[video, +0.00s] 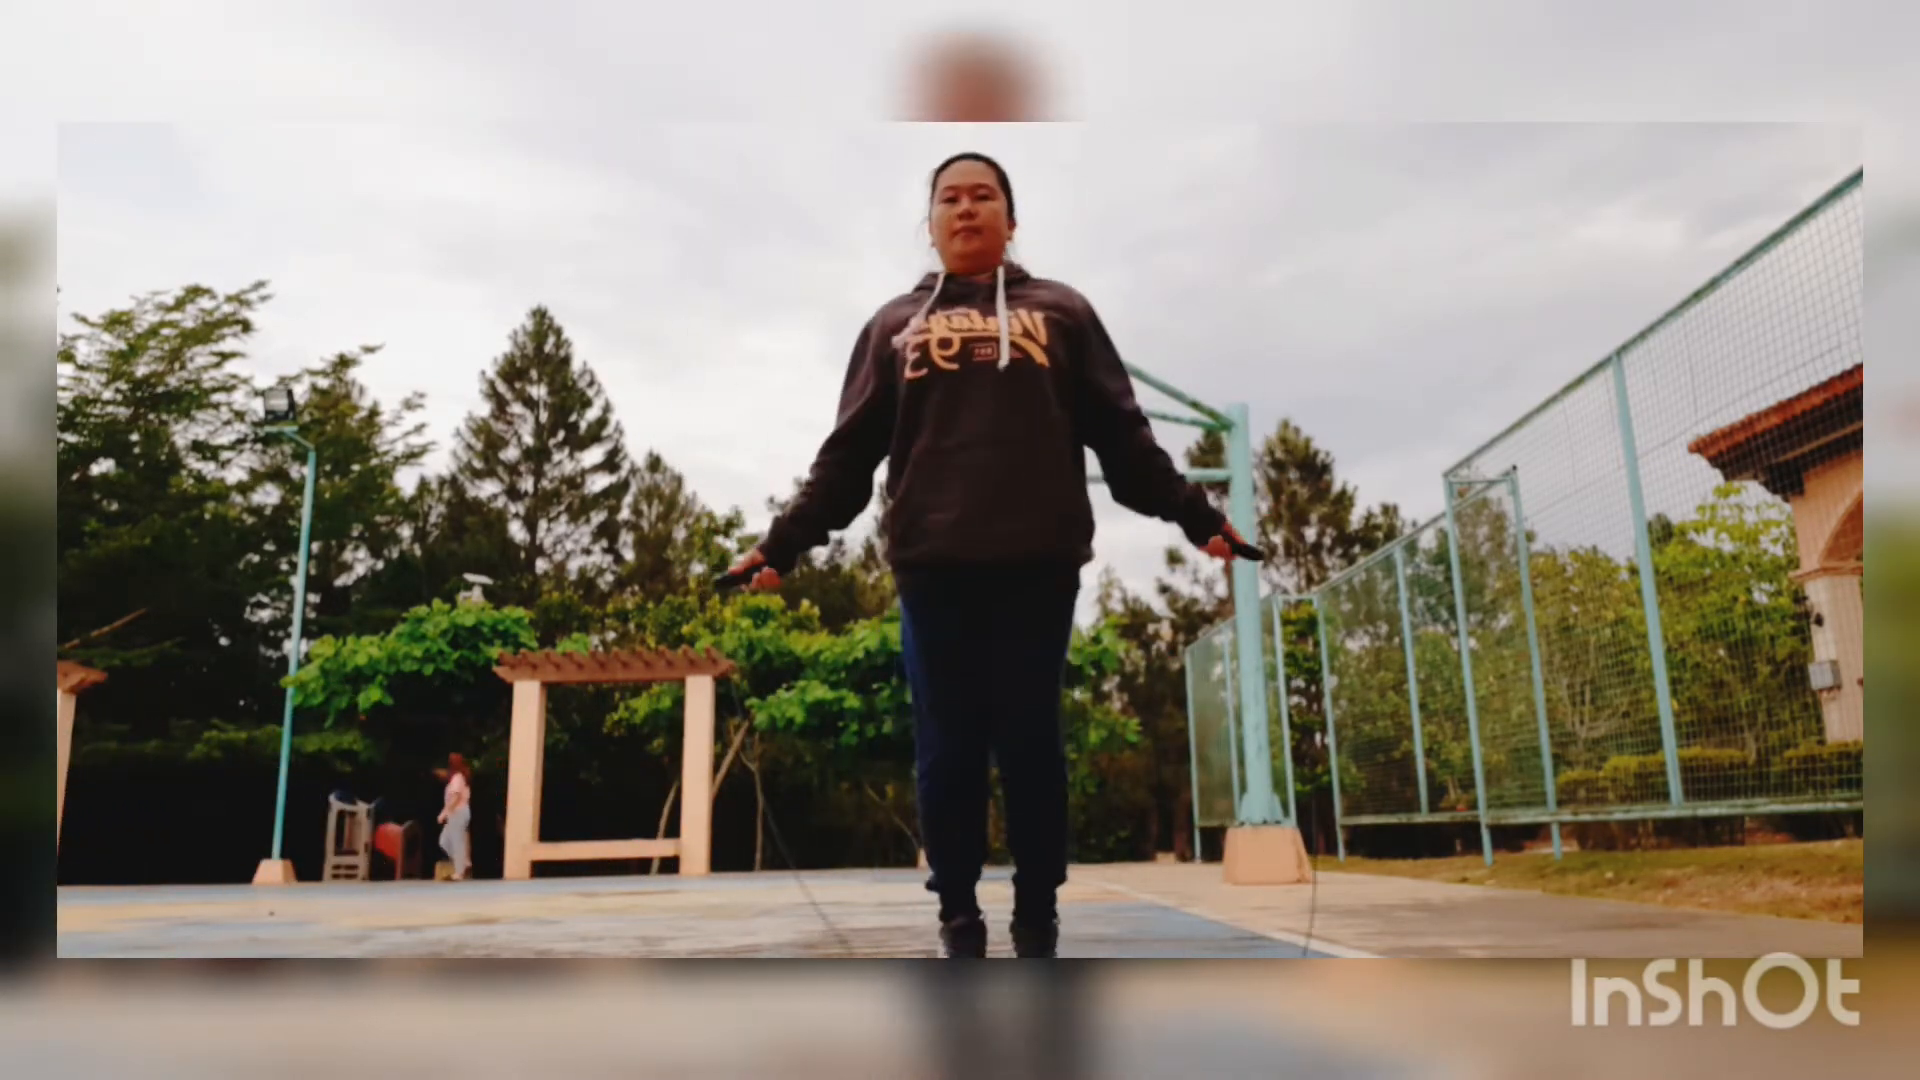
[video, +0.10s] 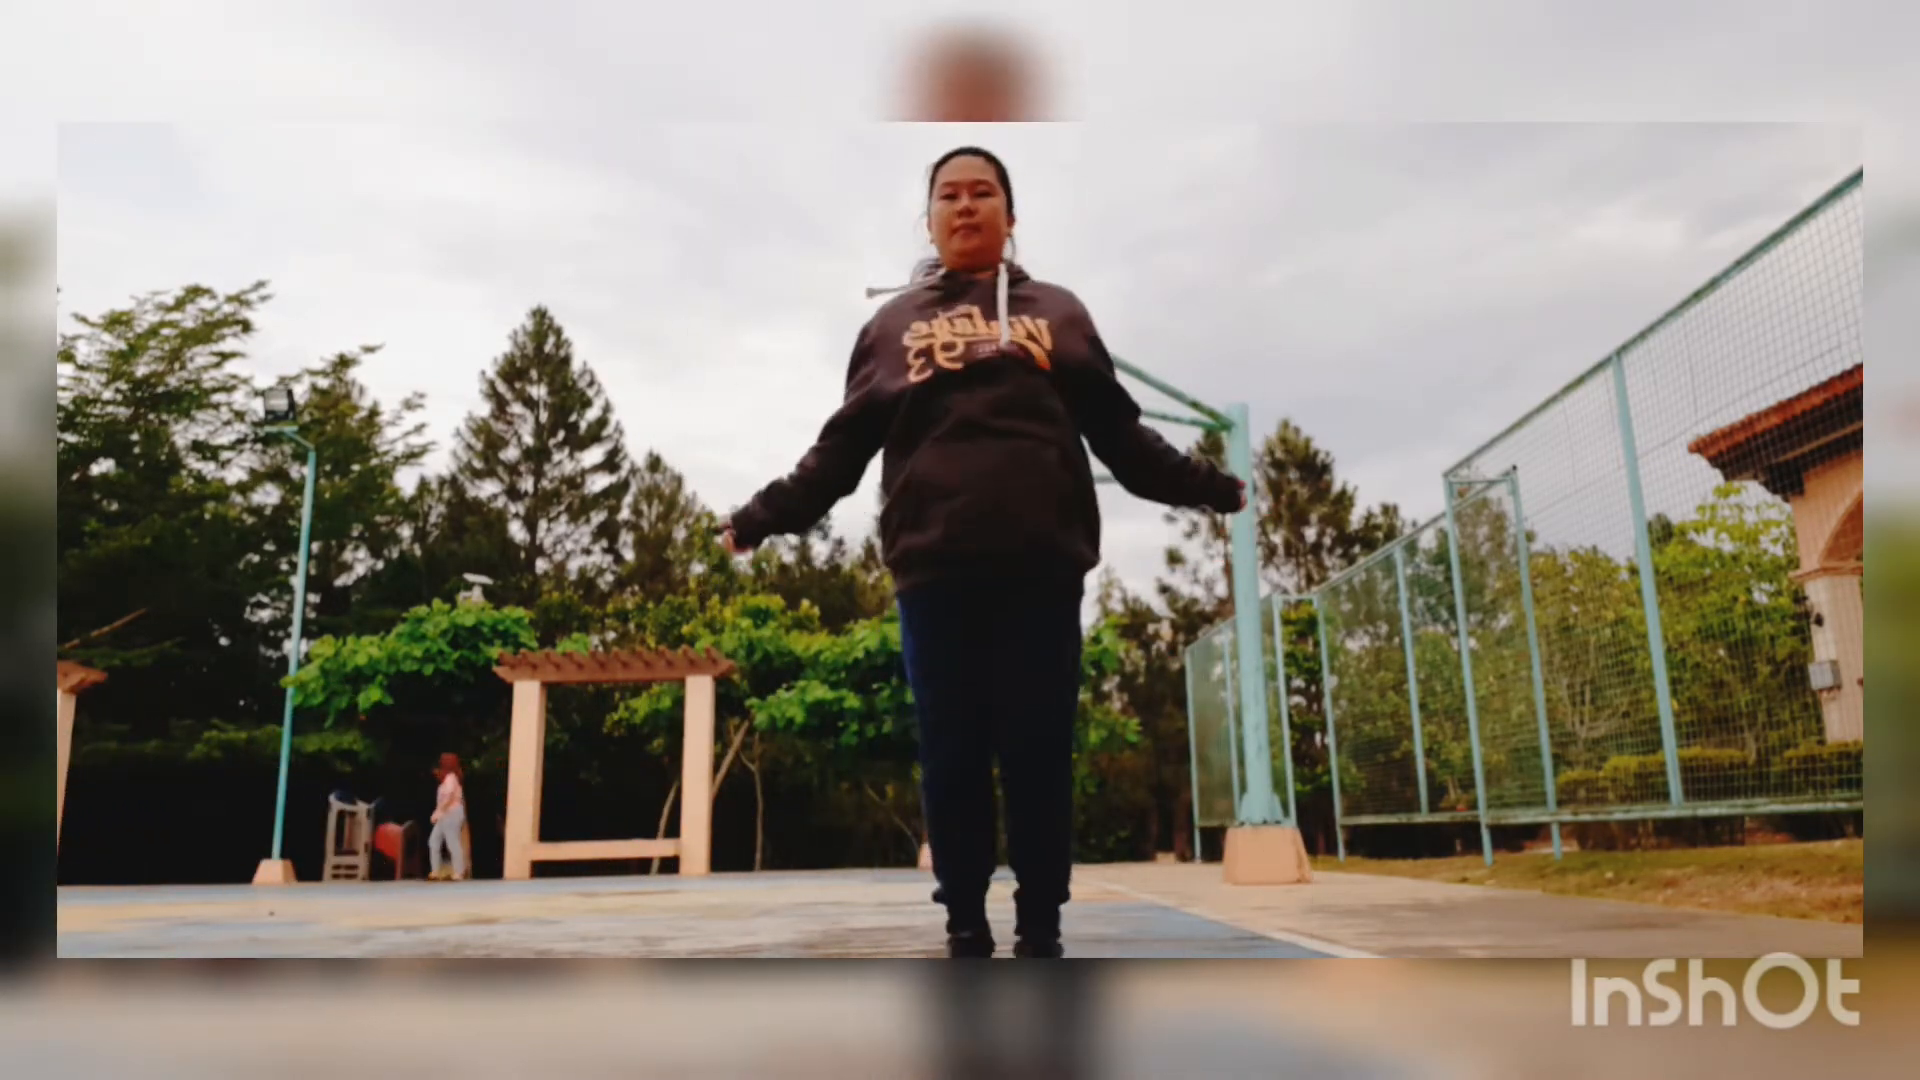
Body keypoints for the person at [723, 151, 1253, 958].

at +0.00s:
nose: (966, 209)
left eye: (982, 197)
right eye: (952, 199)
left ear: (1010, 220)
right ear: (931, 223)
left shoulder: (1062, 311)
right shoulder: (895, 325)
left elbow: (1122, 435)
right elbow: (849, 452)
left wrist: (1195, 513)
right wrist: (782, 544)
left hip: (1039, 558)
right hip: (934, 563)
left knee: (1031, 738)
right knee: (947, 744)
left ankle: (1036, 923)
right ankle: (960, 925)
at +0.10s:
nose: (966, 206)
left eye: (982, 194)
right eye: (951, 196)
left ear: (1009, 215)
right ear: (930, 218)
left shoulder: (1055, 311)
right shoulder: (892, 325)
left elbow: (1121, 437)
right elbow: (840, 451)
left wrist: (1210, 486)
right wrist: (759, 515)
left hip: (1042, 564)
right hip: (936, 569)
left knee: (1039, 750)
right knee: (952, 751)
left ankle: (1040, 931)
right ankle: (967, 932)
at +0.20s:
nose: (966, 247)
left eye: (982, 235)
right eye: (950, 236)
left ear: (1009, 259)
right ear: (930, 262)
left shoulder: (1058, 356)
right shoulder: (897, 366)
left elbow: (1119, 468)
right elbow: (843, 487)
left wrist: (1231, 462)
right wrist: (736, 500)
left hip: (1044, 605)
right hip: (936, 609)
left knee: (1040, 783)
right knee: (951, 785)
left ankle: (1050, 951)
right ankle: (953, 956)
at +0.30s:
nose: (967, 283)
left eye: (983, 272)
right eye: (951, 274)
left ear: (1010, 300)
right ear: (930, 301)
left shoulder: (1058, 389)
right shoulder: (897, 402)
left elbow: (1127, 498)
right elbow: (846, 513)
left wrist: (1225, 457)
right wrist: (754, 490)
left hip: (1044, 650)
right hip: (935, 654)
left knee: (1044, 831)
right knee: (947, 832)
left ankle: (1049, 970)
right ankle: (956, 975)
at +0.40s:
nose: (965, 222)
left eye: (980, 210)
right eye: (951, 212)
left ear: (1009, 235)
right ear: (929, 239)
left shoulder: (1058, 325)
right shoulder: (892, 340)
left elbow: (1118, 438)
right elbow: (850, 460)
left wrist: (1208, 488)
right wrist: (777, 521)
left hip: (1040, 582)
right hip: (932, 587)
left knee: (1042, 764)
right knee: (947, 764)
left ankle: (1043, 935)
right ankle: (957, 935)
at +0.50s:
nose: (964, 188)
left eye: (980, 177)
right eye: (950, 178)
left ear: (1008, 201)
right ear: (928, 202)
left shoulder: (1060, 293)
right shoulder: (892, 305)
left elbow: (1122, 413)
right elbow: (844, 432)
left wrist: (1190, 499)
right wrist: (780, 531)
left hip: (1038, 538)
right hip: (933, 542)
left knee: (1031, 720)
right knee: (950, 721)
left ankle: (1029, 914)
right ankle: (968, 912)